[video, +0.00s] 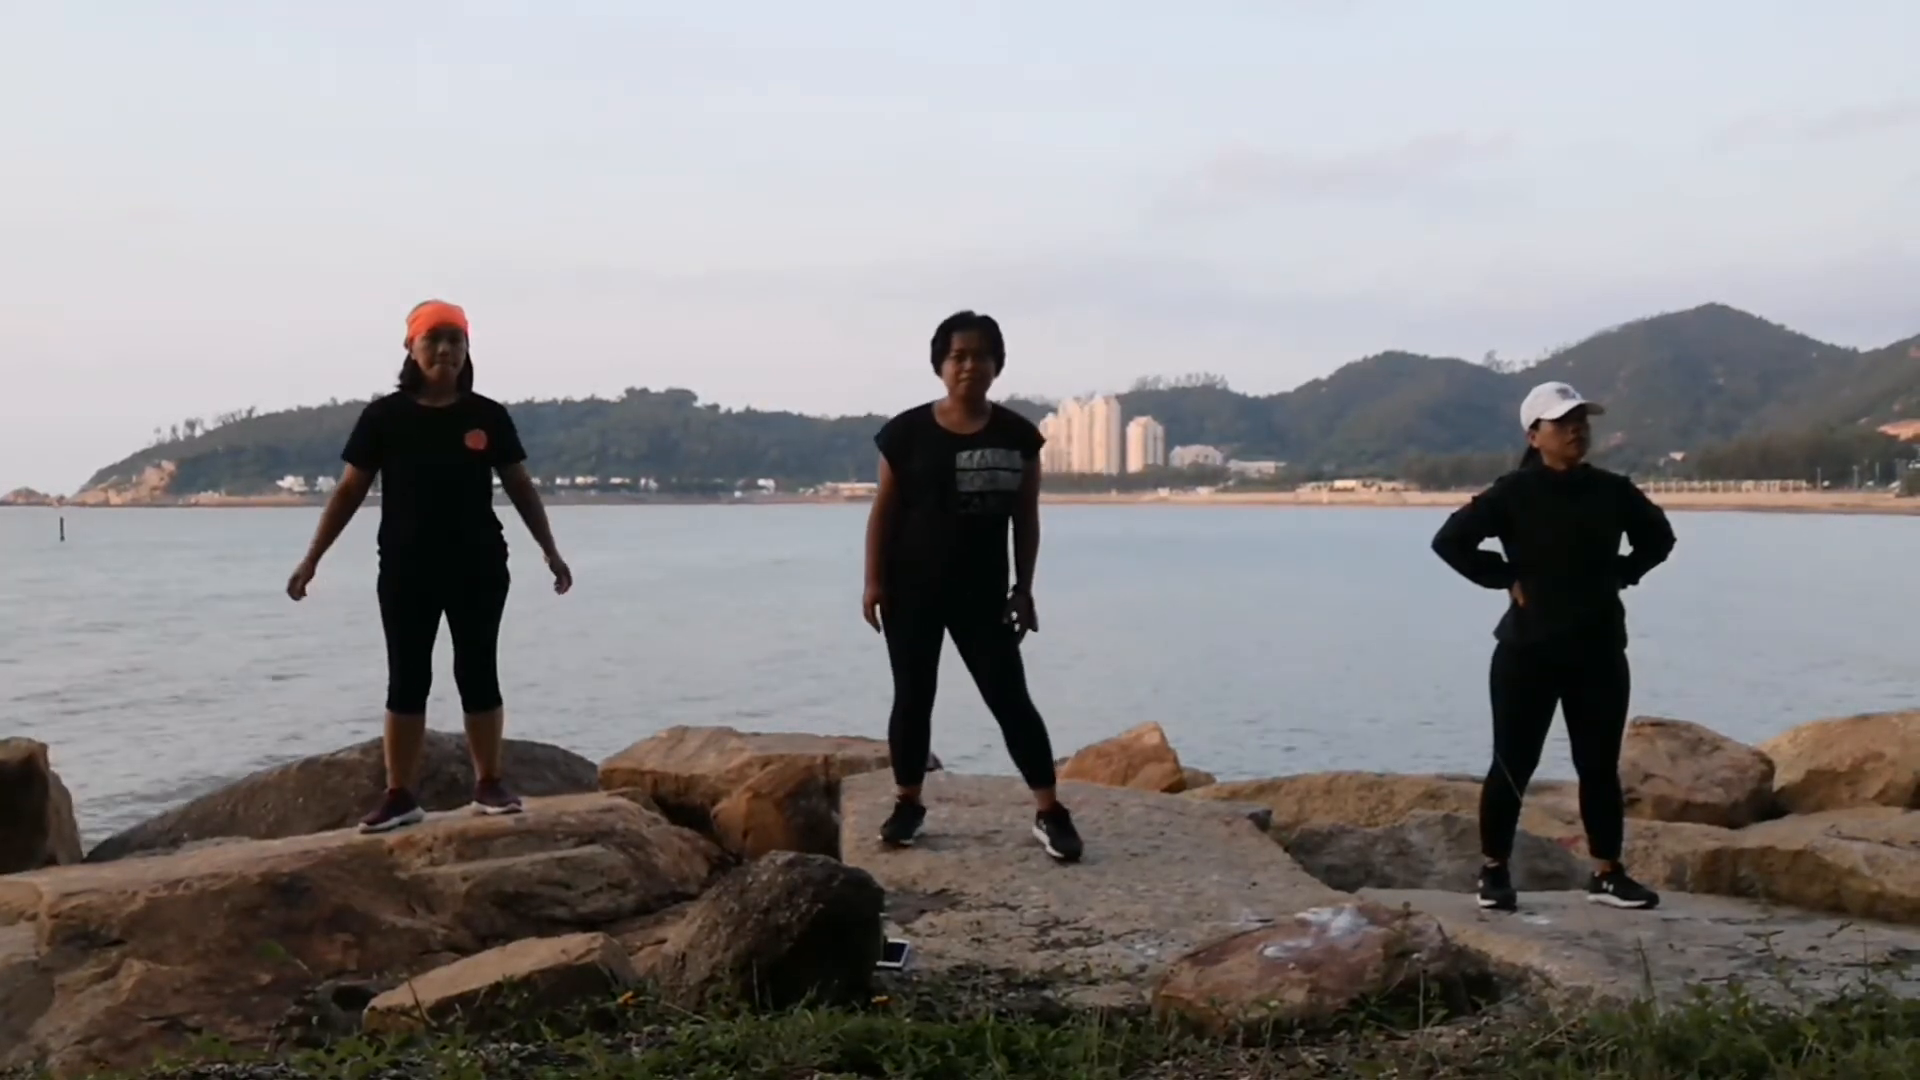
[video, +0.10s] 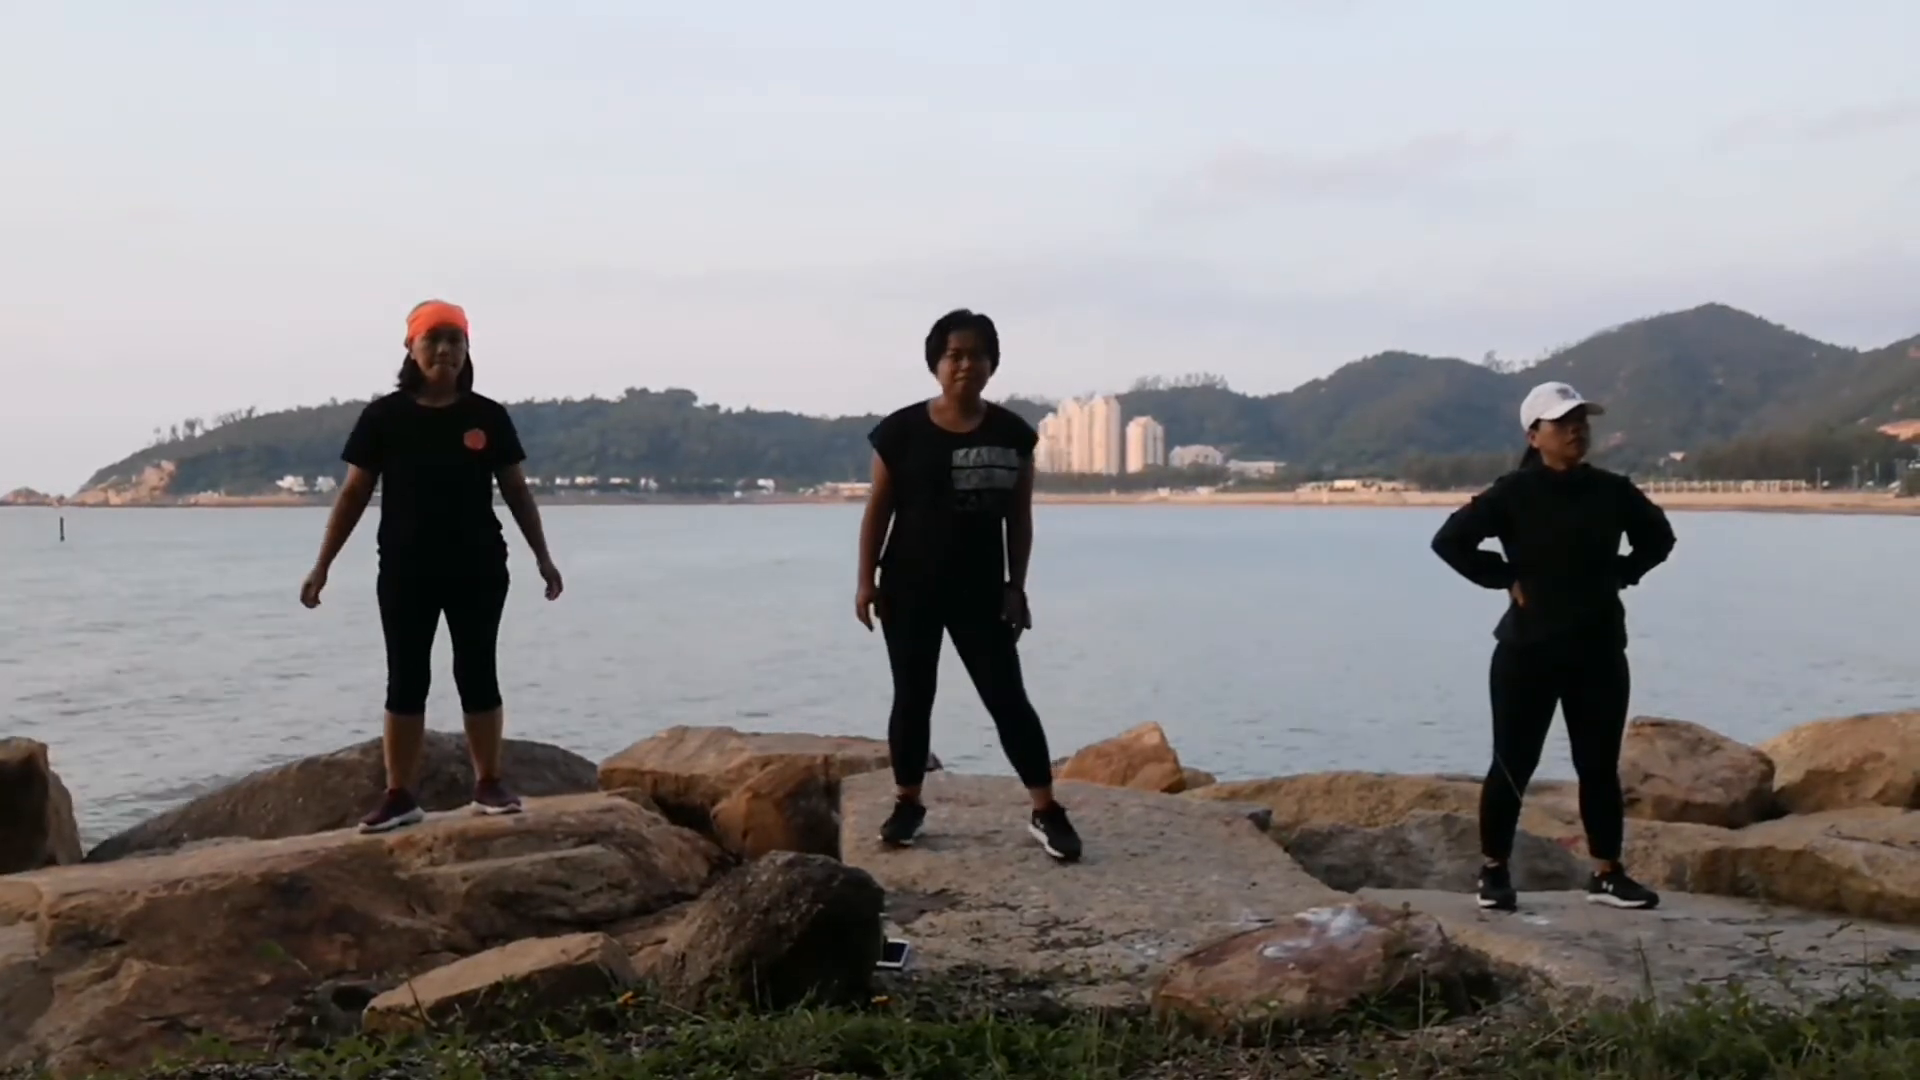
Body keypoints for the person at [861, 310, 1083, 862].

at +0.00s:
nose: (968, 367)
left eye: (980, 358)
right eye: (957, 357)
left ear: (996, 367)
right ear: (941, 364)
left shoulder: (1018, 436)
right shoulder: (906, 432)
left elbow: (1026, 519)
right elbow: (883, 511)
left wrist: (1024, 588)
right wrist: (873, 581)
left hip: (981, 594)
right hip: (912, 592)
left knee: (1013, 703)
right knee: (911, 700)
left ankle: (1049, 810)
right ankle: (907, 805)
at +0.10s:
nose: (964, 366)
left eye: (976, 357)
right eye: (954, 356)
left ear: (991, 366)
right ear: (936, 362)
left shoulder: (1012, 433)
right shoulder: (901, 431)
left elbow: (1020, 517)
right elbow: (878, 510)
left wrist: (1017, 585)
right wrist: (865, 579)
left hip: (979, 590)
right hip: (911, 589)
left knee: (1010, 701)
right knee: (911, 698)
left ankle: (1045, 808)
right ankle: (908, 804)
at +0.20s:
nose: (961, 365)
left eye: (972, 356)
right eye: (950, 354)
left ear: (985, 365)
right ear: (929, 361)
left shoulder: (1006, 430)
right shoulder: (896, 432)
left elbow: (1018, 510)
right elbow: (873, 510)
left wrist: (1020, 580)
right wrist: (859, 580)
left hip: (982, 588)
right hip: (912, 589)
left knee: (1014, 699)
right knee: (913, 697)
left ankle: (1051, 809)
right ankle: (908, 803)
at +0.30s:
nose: (964, 365)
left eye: (975, 356)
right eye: (952, 355)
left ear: (986, 364)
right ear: (929, 363)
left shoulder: (1009, 429)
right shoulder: (899, 436)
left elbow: (1024, 509)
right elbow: (876, 514)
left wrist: (1028, 578)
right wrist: (862, 583)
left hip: (986, 588)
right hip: (917, 590)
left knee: (1021, 700)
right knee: (915, 700)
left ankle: (1058, 808)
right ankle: (908, 804)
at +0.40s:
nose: (972, 365)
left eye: (981, 355)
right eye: (959, 356)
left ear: (992, 364)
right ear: (934, 366)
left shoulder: (1020, 430)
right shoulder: (908, 440)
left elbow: (1035, 508)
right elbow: (887, 519)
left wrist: (1041, 577)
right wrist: (874, 587)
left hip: (998, 591)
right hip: (928, 594)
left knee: (1025, 703)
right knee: (921, 699)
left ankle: (1057, 813)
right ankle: (908, 804)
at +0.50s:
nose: (981, 363)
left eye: (989, 353)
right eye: (968, 355)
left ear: (1001, 364)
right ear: (946, 368)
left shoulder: (1035, 431)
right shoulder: (924, 443)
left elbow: (1052, 508)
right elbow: (907, 523)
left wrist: (1057, 575)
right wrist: (894, 590)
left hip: (1014, 593)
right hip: (943, 595)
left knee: (1032, 705)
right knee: (928, 701)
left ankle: (1056, 814)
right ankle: (909, 804)